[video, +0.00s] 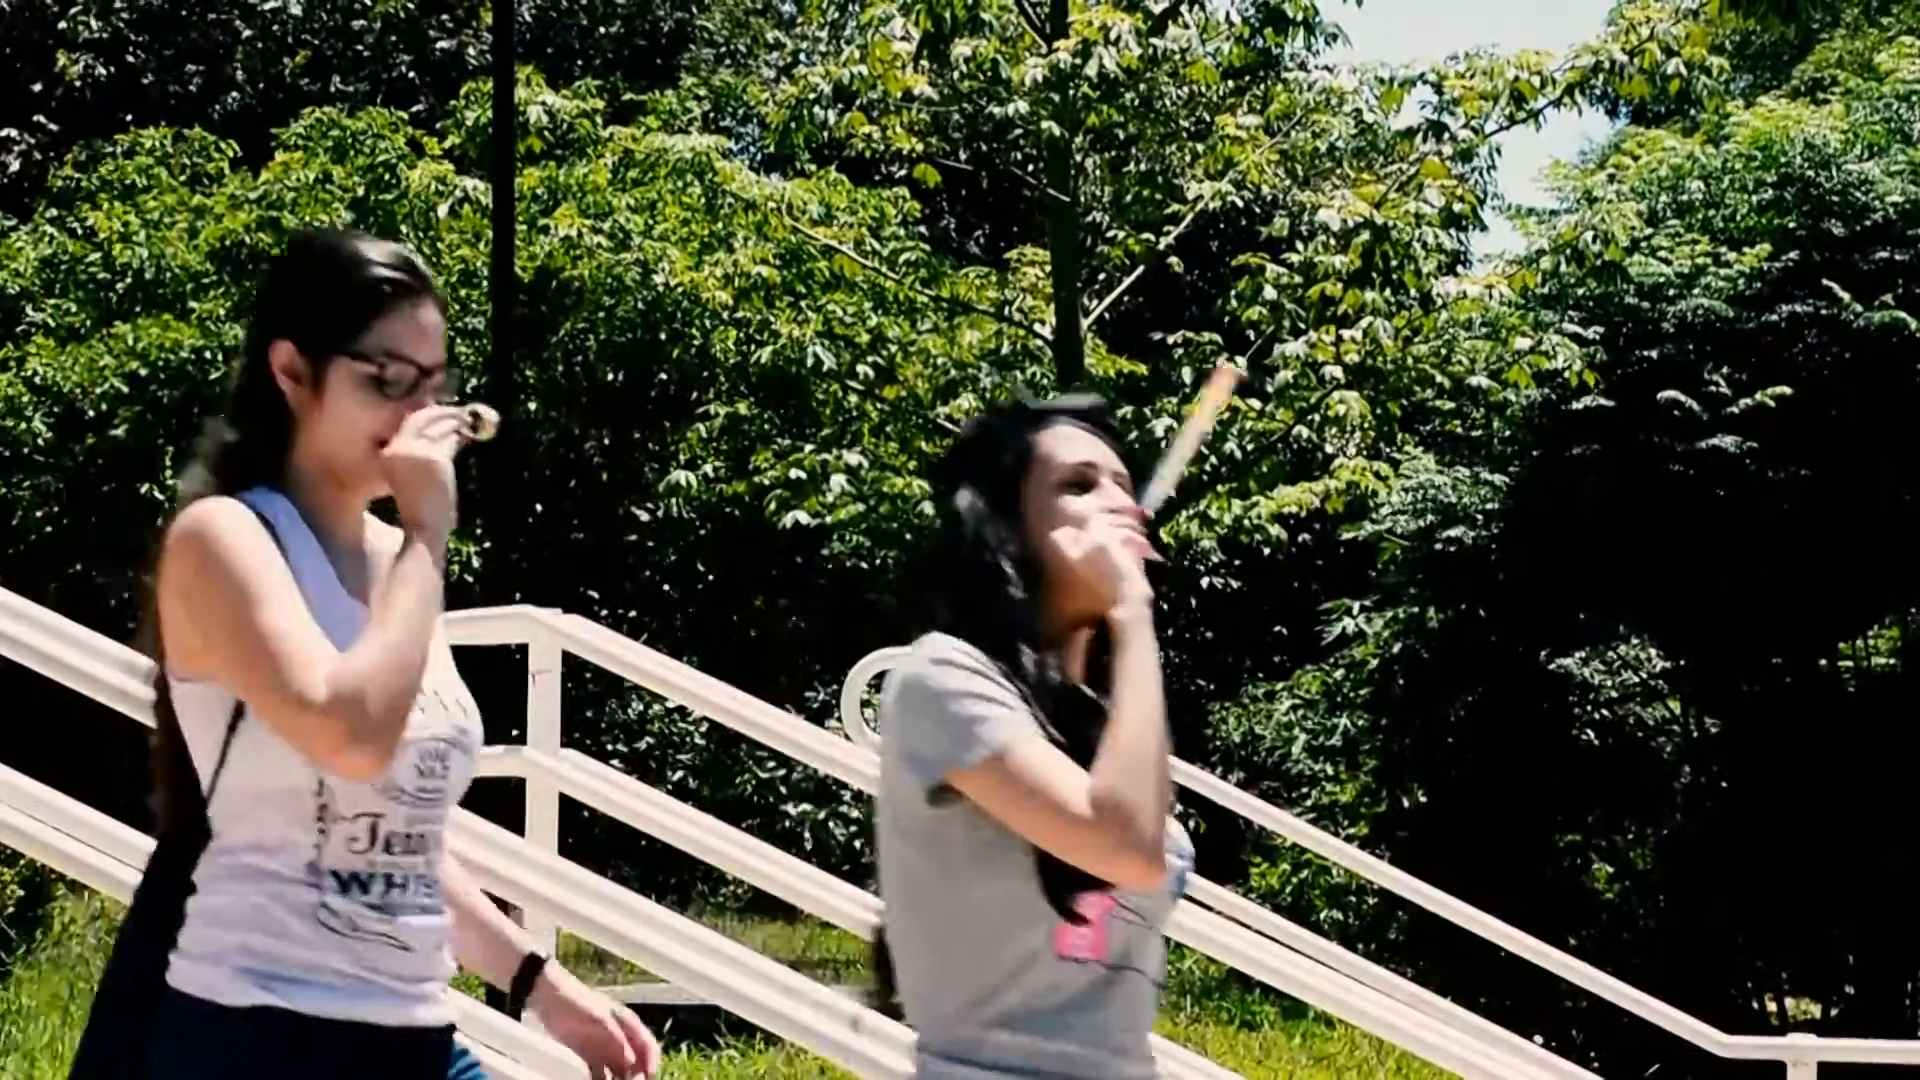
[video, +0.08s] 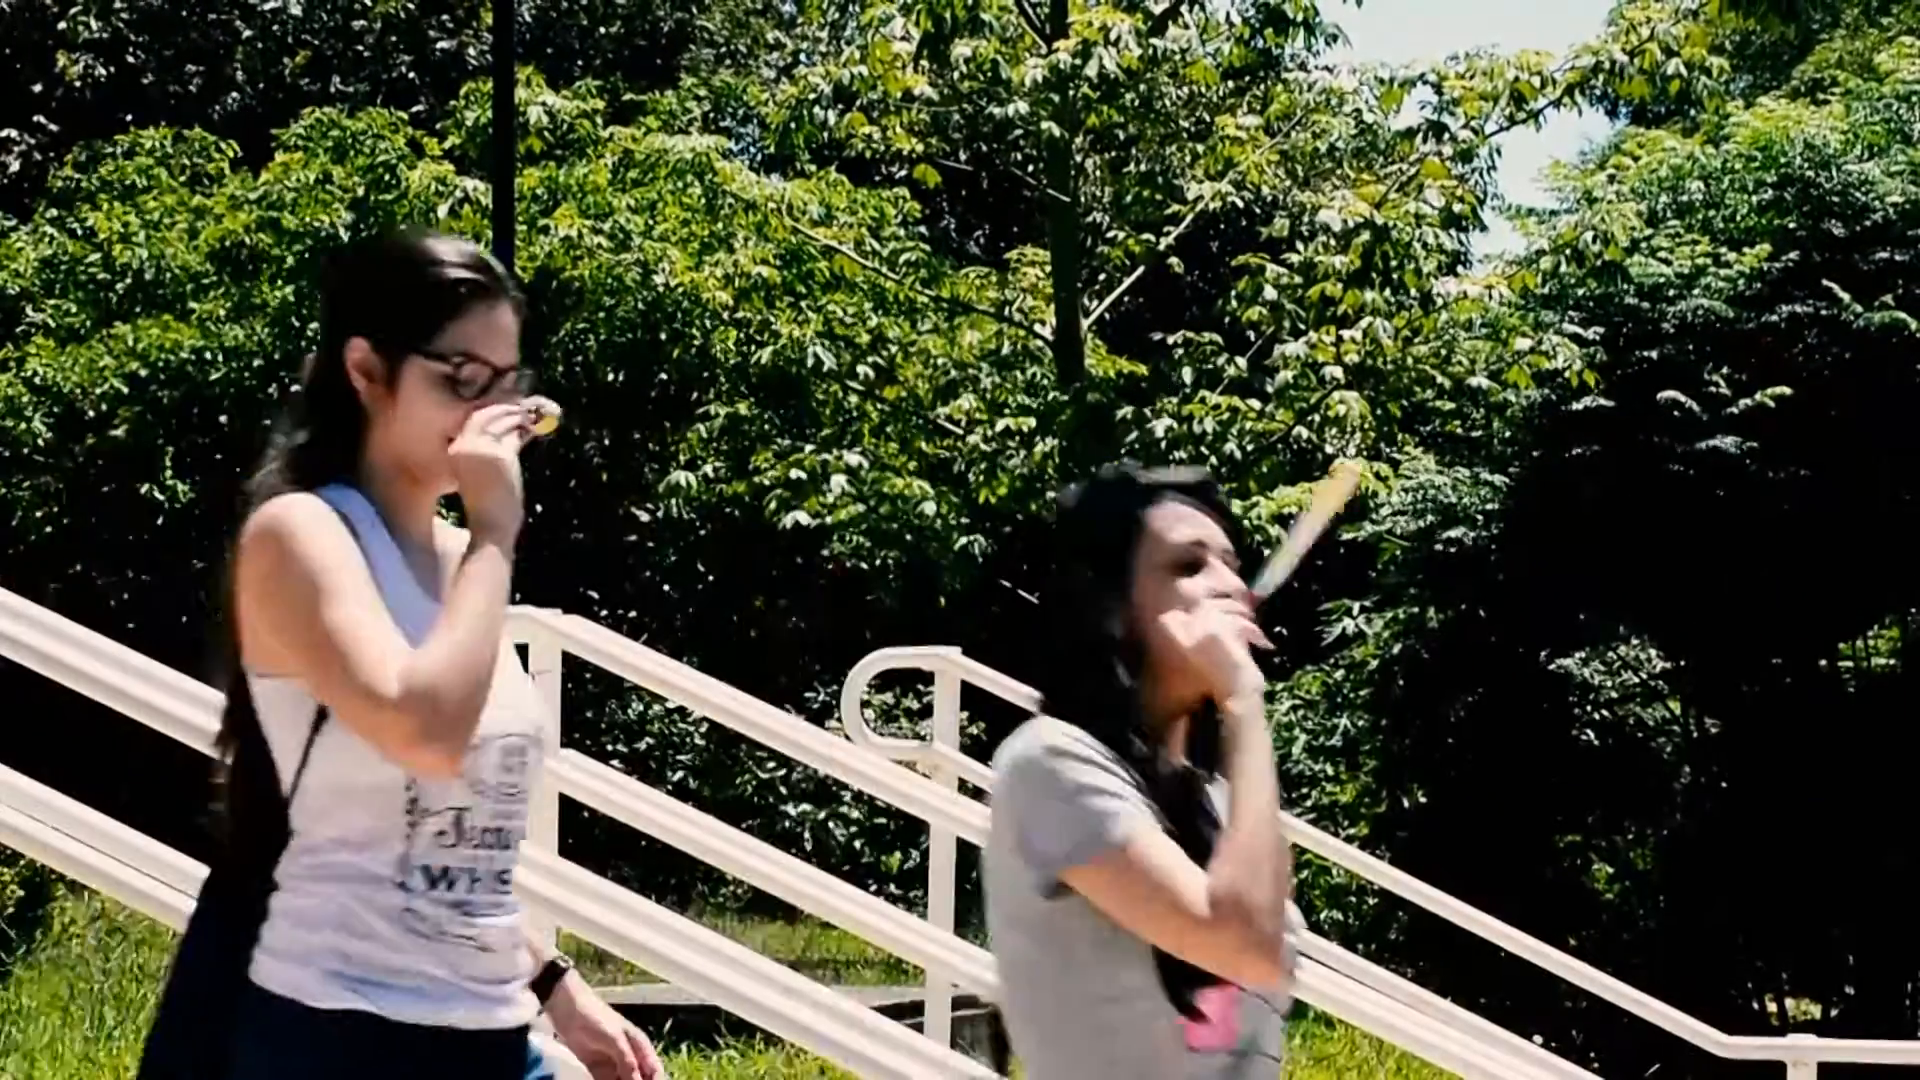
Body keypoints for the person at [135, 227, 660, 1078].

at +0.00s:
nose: (423, 410)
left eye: (435, 383)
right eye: (391, 377)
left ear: (450, 398)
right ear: (292, 373)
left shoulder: (404, 559)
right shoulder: (217, 537)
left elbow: (404, 837)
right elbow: (353, 737)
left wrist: (539, 983)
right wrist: (426, 538)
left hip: (412, 1030)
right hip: (244, 1024)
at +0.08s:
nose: (493, 410)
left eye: (506, 383)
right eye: (464, 375)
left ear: (521, 396)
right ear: (366, 370)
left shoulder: (467, 557)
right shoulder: (292, 535)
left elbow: (439, 837)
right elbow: (429, 733)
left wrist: (555, 986)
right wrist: (494, 536)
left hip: (489, 1029)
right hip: (329, 1024)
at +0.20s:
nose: (604, 395)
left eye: (617, 370)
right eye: (573, 363)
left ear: (629, 376)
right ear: (478, 363)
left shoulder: (570, 550)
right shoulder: (412, 524)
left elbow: (577, 822)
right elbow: (533, 744)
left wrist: (650, 1006)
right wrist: (601, 538)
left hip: (607, 1025)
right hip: (463, 1018)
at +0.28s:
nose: (700, 444)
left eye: (708, 413)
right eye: (665, 409)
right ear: (569, 416)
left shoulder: (647, 595)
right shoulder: (512, 568)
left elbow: (637, 903)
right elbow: (606, 824)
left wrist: (756, 1038)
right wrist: (682, 615)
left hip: (678, 1050)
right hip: (543, 1048)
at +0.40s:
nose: (823, 497)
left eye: (829, 468)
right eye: (787, 465)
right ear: (687, 474)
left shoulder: (770, 655)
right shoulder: (635, 626)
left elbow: (764, 947)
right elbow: (709, 892)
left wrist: (943, 1045)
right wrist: (798, 693)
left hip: (782, 1061)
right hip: (644, 1058)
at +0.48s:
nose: (894, 476)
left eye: (902, 448)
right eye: (861, 445)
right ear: (760, 448)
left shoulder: (845, 634)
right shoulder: (702, 601)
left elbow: (844, 928)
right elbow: (786, 854)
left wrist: (1033, 985)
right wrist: (869, 651)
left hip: (866, 1053)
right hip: (727, 1053)